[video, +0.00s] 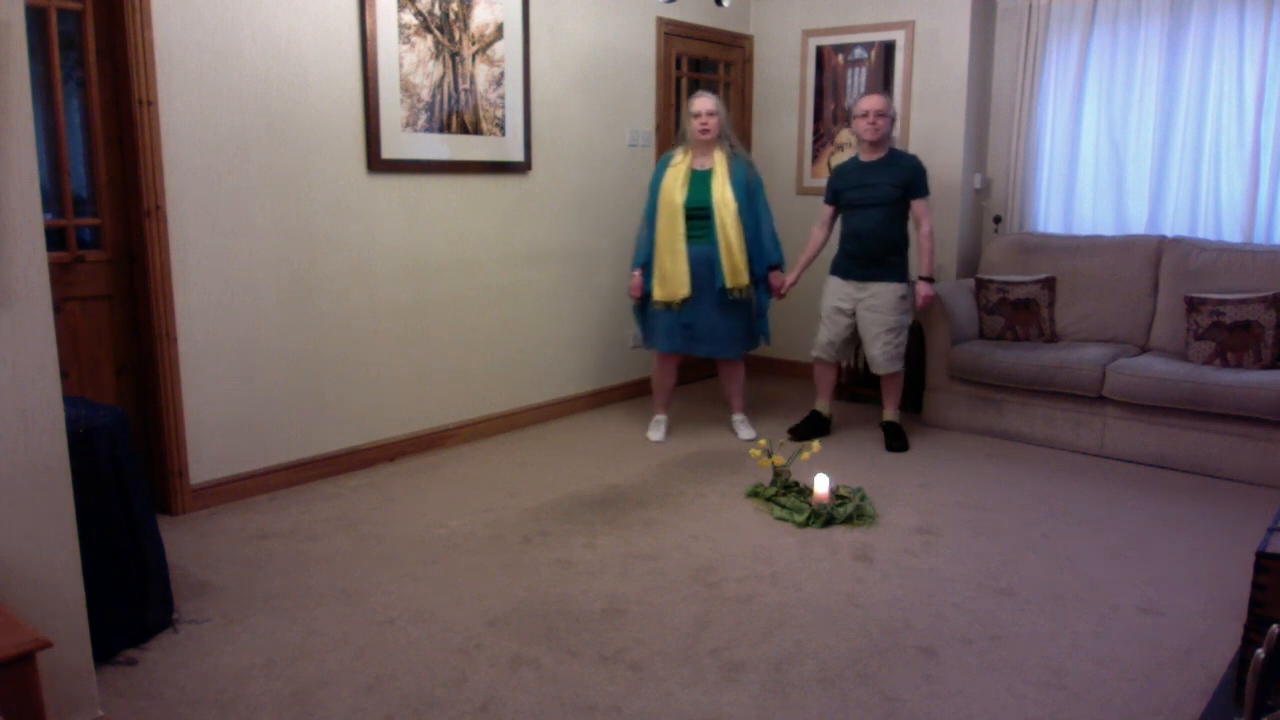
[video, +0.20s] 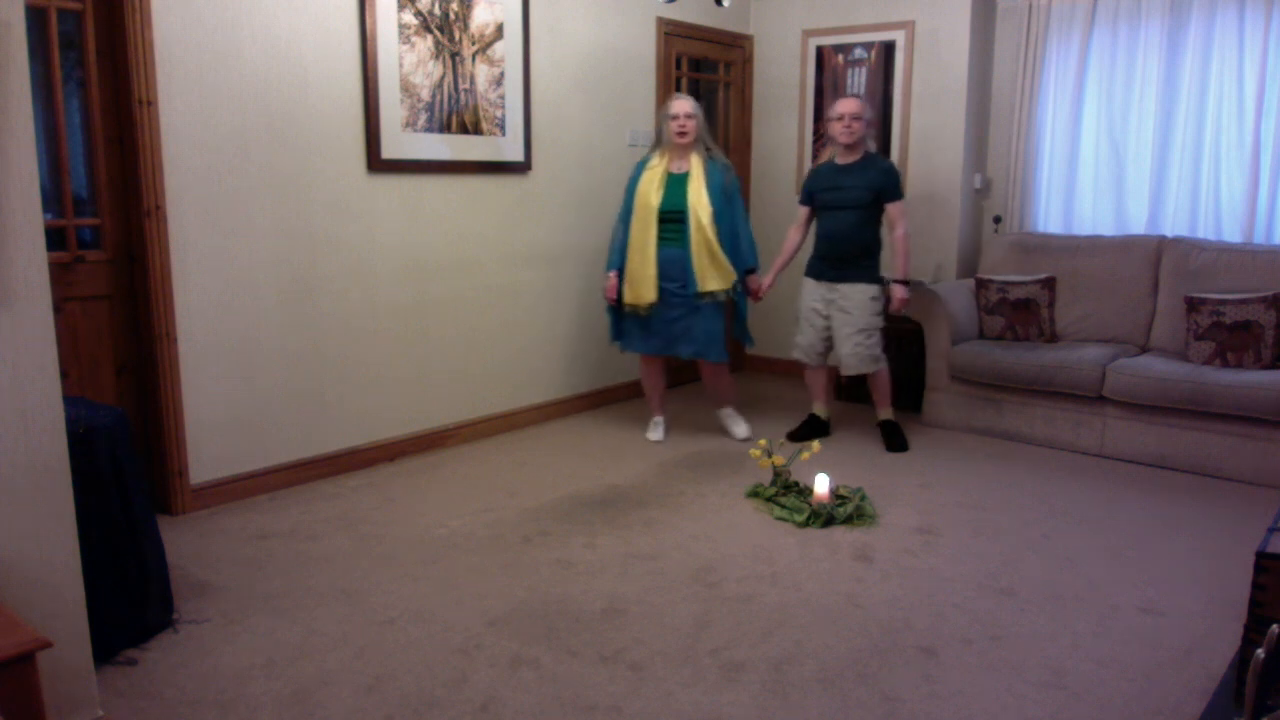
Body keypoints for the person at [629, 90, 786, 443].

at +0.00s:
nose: (704, 121)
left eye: (711, 115)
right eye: (697, 116)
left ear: (722, 120)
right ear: (687, 122)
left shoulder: (739, 166)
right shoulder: (668, 166)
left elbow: (760, 219)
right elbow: (651, 222)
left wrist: (773, 267)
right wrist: (639, 269)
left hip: (727, 272)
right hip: (673, 273)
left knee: (730, 347)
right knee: (667, 348)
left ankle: (738, 413)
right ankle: (660, 414)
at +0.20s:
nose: (682, 124)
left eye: (689, 117)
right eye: (674, 118)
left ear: (700, 123)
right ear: (664, 124)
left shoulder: (718, 170)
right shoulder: (645, 168)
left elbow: (737, 224)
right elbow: (625, 223)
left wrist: (750, 271)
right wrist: (614, 270)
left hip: (702, 279)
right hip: (650, 278)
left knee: (712, 349)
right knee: (650, 350)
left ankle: (726, 409)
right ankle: (656, 416)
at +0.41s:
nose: (668, 121)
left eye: (675, 115)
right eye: (661, 115)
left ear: (686, 120)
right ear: (650, 121)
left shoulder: (704, 169)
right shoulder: (630, 166)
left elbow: (722, 222)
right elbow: (610, 222)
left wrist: (731, 269)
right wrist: (599, 272)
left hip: (687, 274)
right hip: (637, 274)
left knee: (680, 347)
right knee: (646, 348)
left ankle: (666, 420)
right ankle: (655, 417)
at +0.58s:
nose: (659, 122)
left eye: (666, 115)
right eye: (651, 116)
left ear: (677, 121)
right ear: (640, 123)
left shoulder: (695, 168)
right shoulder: (621, 168)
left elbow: (713, 222)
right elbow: (601, 225)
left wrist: (724, 271)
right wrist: (594, 276)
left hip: (679, 276)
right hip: (629, 277)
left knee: (658, 354)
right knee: (640, 352)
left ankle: (636, 432)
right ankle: (655, 415)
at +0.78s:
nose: (650, 120)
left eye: (657, 113)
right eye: (642, 114)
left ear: (670, 121)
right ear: (631, 121)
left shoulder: (686, 170)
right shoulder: (610, 168)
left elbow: (702, 226)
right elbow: (590, 227)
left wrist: (710, 276)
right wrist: (584, 280)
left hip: (669, 278)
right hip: (618, 279)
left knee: (651, 359)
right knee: (632, 356)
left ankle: (631, 440)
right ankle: (652, 414)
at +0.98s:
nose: (637, 116)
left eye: (645, 110)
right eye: (630, 111)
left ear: (656, 119)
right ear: (617, 119)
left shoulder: (674, 167)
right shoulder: (597, 166)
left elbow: (692, 225)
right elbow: (577, 229)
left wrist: (700, 277)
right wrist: (570, 282)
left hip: (661, 283)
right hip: (607, 283)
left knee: (648, 367)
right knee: (606, 367)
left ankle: (632, 442)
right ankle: (621, 409)